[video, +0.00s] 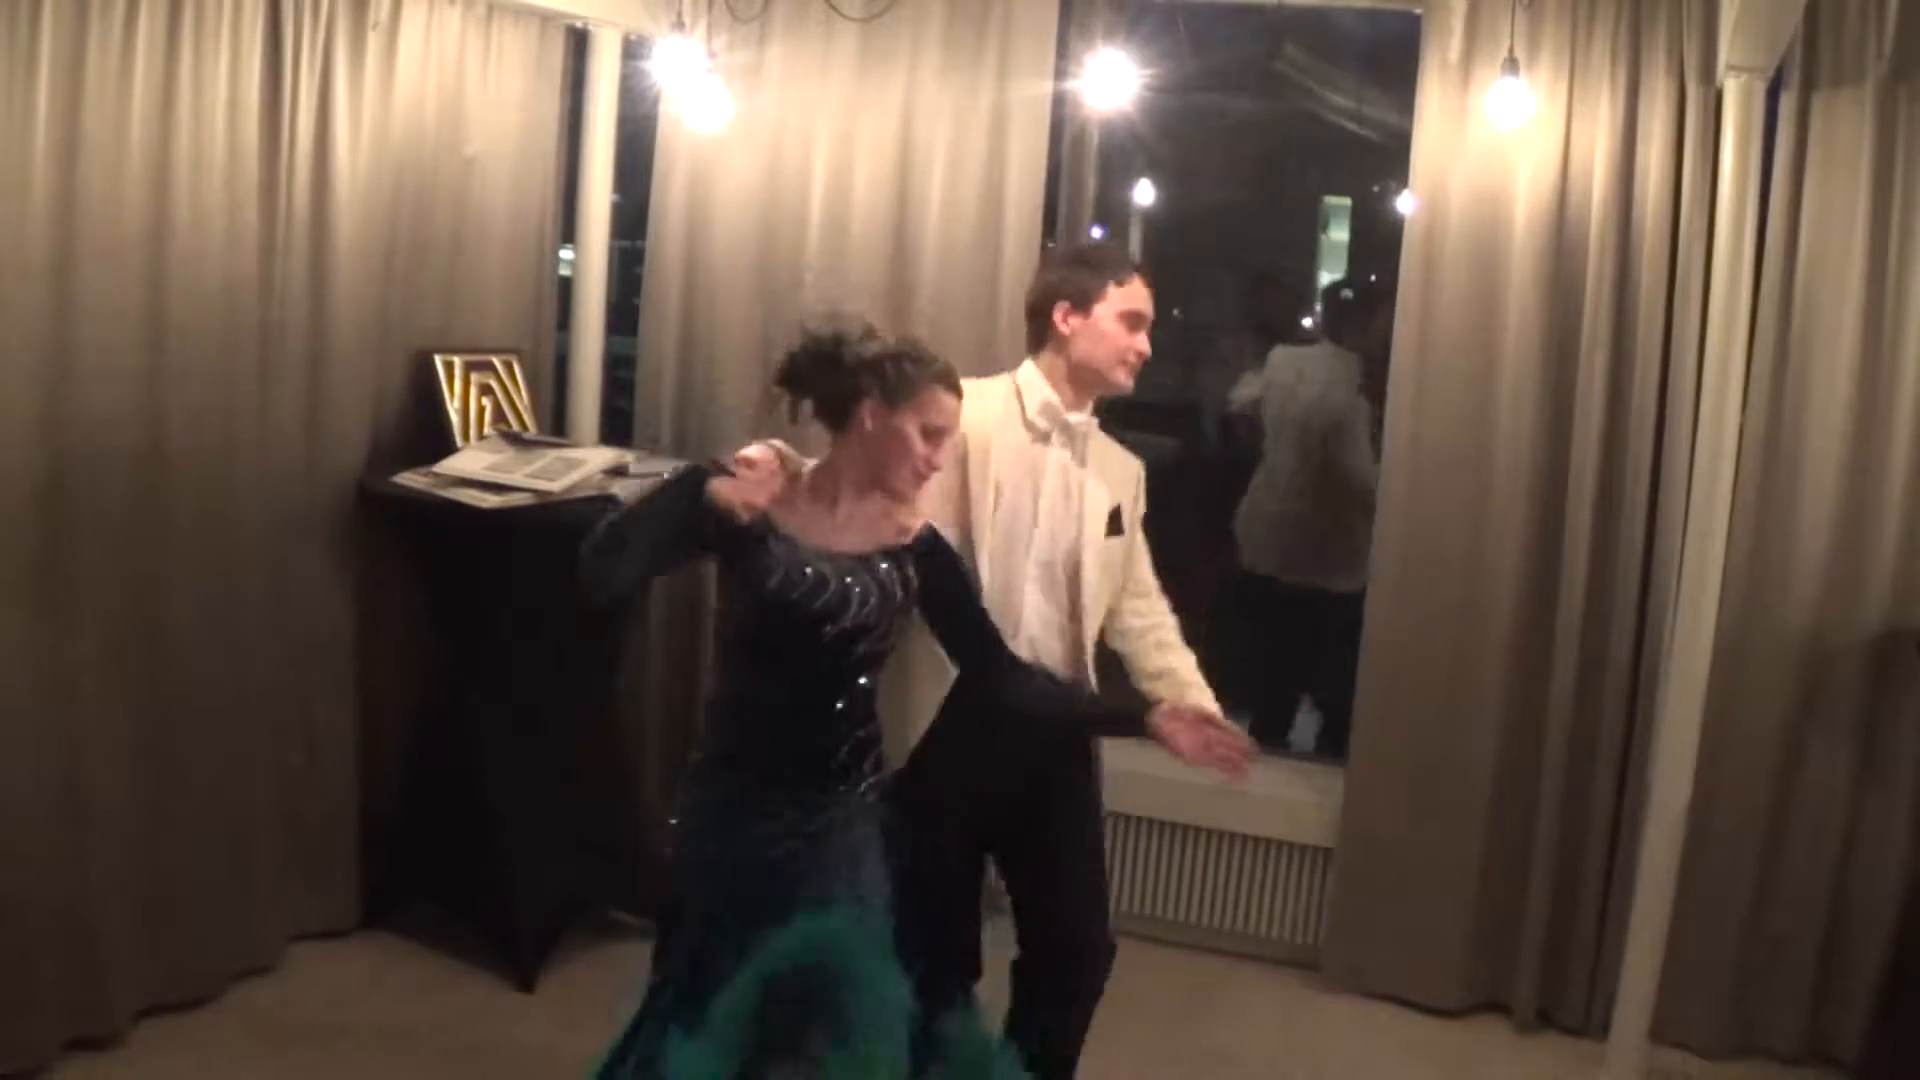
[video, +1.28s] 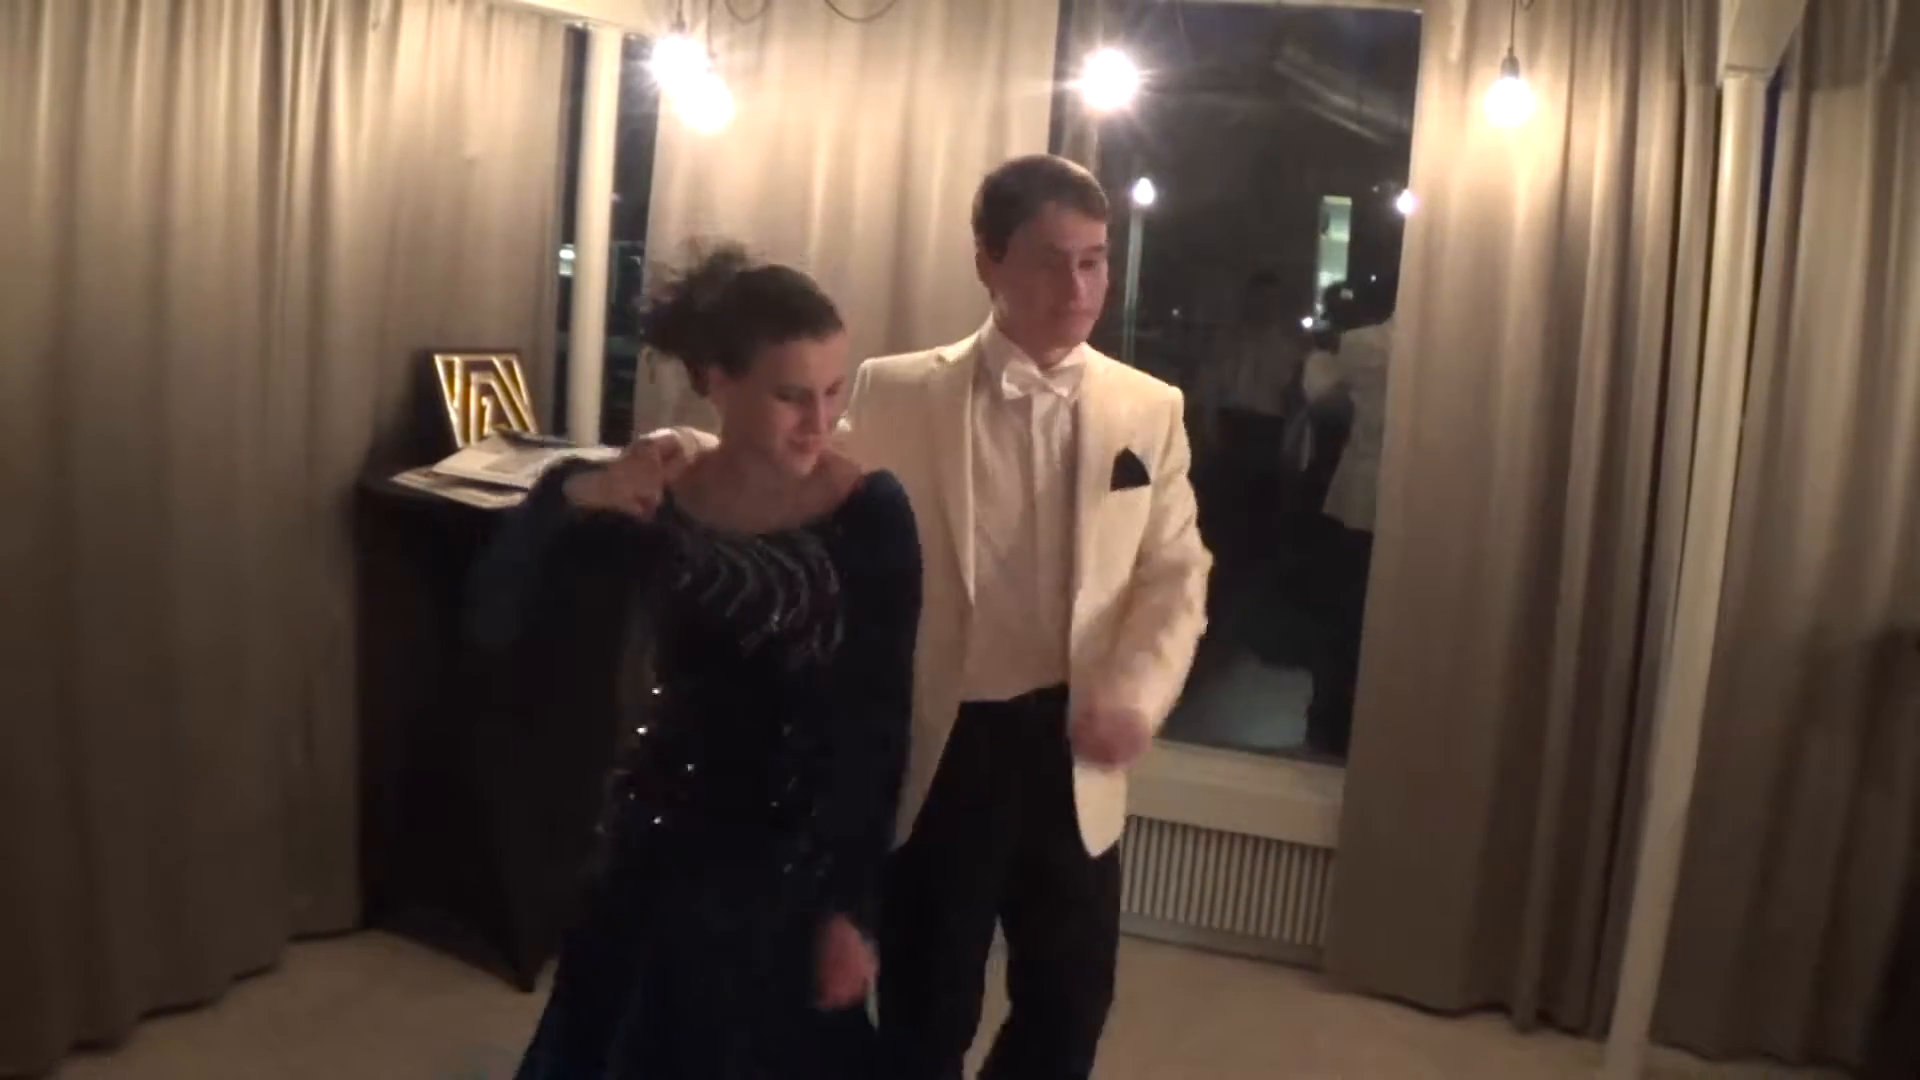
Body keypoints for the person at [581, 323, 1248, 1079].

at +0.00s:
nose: (939, 458)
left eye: (947, 439)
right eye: (928, 435)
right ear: (865, 416)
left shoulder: (915, 545)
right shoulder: (752, 502)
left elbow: (1001, 676)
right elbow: (603, 571)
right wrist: (700, 491)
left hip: (847, 801)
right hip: (738, 795)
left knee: (857, 1003)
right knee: (712, 1002)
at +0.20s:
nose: (952, 435)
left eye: (958, 417)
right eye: (940, 410)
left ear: (894, 403)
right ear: (872, 393)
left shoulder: (917, 529)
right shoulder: (750, 471)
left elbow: (1046, 631)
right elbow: (597, 514)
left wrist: (1186, 621)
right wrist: (706, 433)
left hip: (835, 790)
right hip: (723, 775)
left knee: (830, 1009)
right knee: (688, 1000)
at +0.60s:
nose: (905, 406)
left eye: (914, 384)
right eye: (888, 379)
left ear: (917, 385)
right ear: (819, 362)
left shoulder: (902, 501)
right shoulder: (713, 466)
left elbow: (960, 674)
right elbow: (552, 545)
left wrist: (1090, 623)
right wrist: (638, 435)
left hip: (836, 781)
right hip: (712, 773)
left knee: (828, 1005)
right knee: (691, 1001)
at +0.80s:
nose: (853, 386)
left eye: (869, 365)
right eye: (829, 363)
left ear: (882, 366)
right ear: (761, 352)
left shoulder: (877, 476)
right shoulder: (699, 450)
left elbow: (870, 669)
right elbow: (546, 571)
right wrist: (601, 449)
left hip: (820, 763)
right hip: (702, 749)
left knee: (811, 981)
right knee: (679, 963)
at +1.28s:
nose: (821, 421)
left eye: (835, 393)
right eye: (793, 398)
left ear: (848, 380)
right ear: (716, 385)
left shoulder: (868, 511)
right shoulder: (658, 489)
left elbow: (877, 720)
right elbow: (498, 620)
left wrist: (850, 904)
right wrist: (572, 494)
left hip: (803, 820)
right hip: (671, 802)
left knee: (782, 1035)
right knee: (634, 1019)